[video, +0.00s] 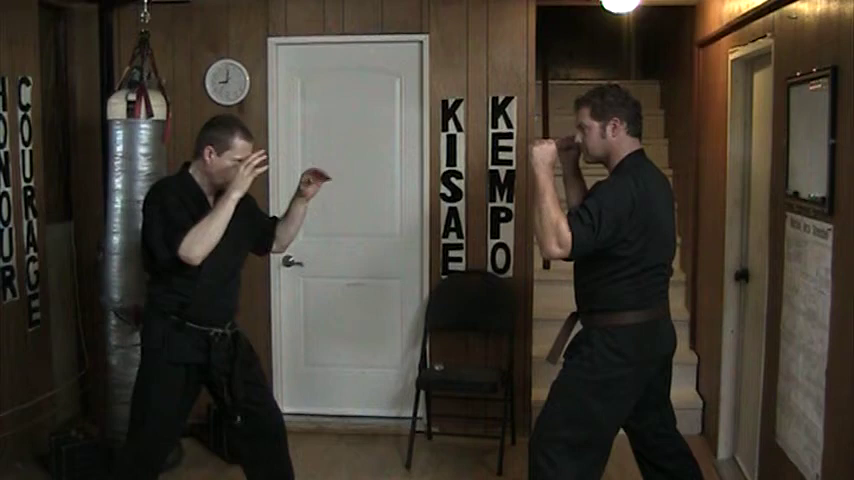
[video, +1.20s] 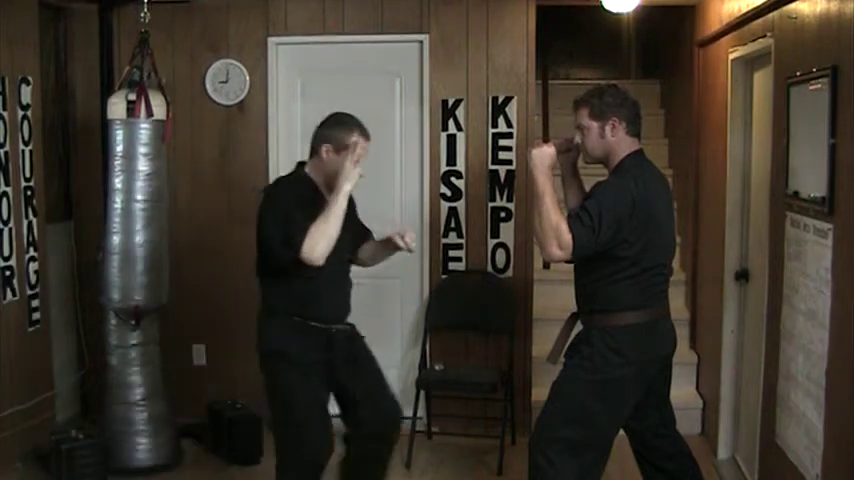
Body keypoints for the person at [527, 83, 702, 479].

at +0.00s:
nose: (580, 139)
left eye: (583, 129)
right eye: (578, 130)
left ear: (613, 128)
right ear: (619, 128)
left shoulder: (621, 186)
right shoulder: (654, 181)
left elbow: (558, 244)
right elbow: (587, 231)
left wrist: (542, 171)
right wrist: (572, 170)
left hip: (613, 342)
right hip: (652, 337)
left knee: (554, 452)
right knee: (660, 446)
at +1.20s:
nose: (578, 139)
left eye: (582, 130)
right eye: (577, 131)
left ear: (612, 127)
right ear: (617, 128)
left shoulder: (622, 186)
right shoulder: (652, 180)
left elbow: (559, 246)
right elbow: (585, 231)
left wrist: (541, 174)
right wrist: (570, 171)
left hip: (613, 342)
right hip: (652, 336)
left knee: (554, 452)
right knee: (660, 446)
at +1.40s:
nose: (576, 140)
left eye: (581, 129)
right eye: (577, 130)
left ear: (612, 128)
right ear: (615, 129)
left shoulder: (621, 187)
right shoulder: (650, 179)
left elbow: (560, 249)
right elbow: (640, 261)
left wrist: (543, 178)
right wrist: (596, 311)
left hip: (615, 341)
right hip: (651, 335)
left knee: (555, 451)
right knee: (660, 446)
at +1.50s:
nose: (576, 140)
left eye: (582, 129)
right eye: (577, 130)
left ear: (613, 128)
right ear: (615, 129)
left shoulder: (623, 187)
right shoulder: (650, 179)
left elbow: (563, 250)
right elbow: (639, 259)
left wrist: (545, 179)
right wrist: (594, 309)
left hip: (616, 341)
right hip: (651, 335)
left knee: (555, 453)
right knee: (660, 447)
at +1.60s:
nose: (578, 140)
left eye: (583, 130)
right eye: (579, 131)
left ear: (614, 129)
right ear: (618, 129)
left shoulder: (626, 187)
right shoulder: (647, 179)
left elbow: (566, 256)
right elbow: (588, 244)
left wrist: (546, 182)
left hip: (618, 342)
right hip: (651, 336)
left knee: (557, 452)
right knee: (660, 447)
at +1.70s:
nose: (578, 141)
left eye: (583, 131)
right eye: (578, 132)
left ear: (614, 130)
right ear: (617, 130)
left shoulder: (626, 188)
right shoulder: (647, 179)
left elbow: (571, 259)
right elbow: (586, 241)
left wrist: (548, 187)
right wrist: (539, 274)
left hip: (619, 342)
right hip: (652, 336)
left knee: (556, 453)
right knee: (660, 448)